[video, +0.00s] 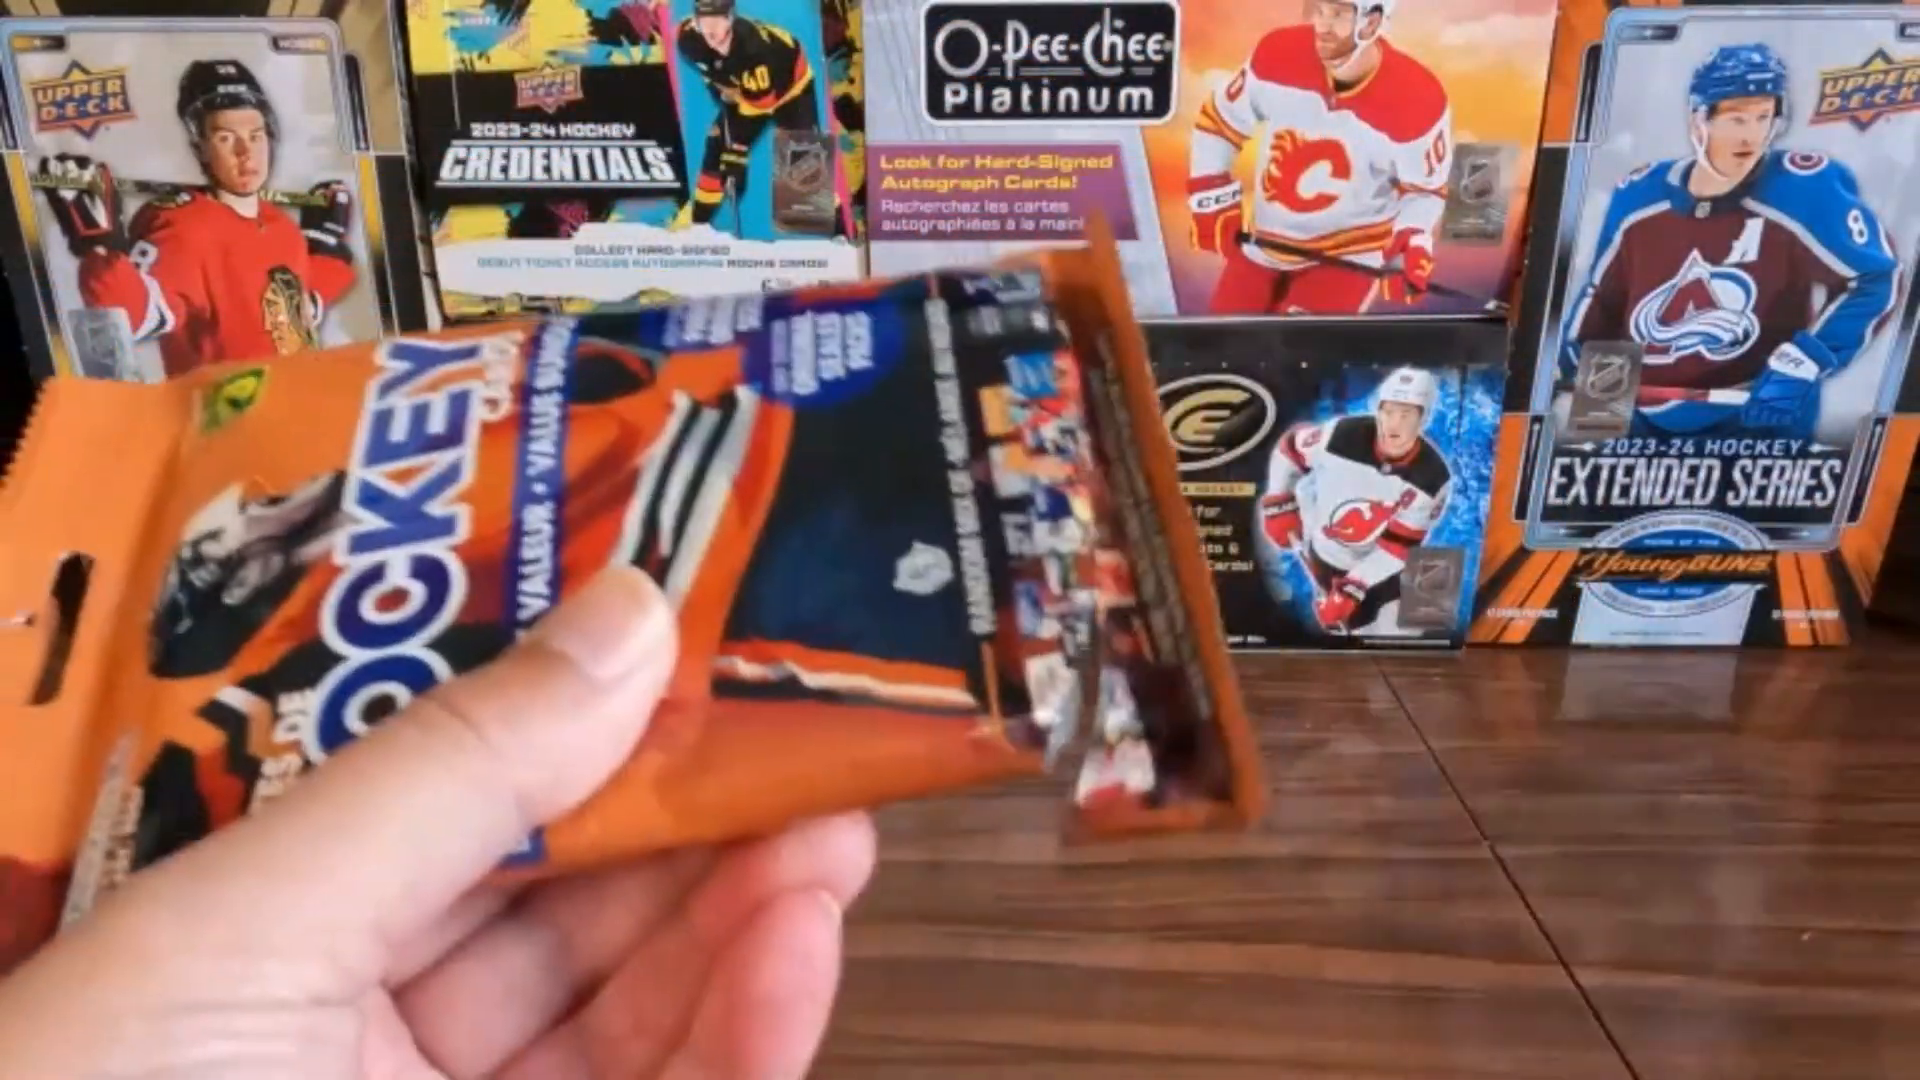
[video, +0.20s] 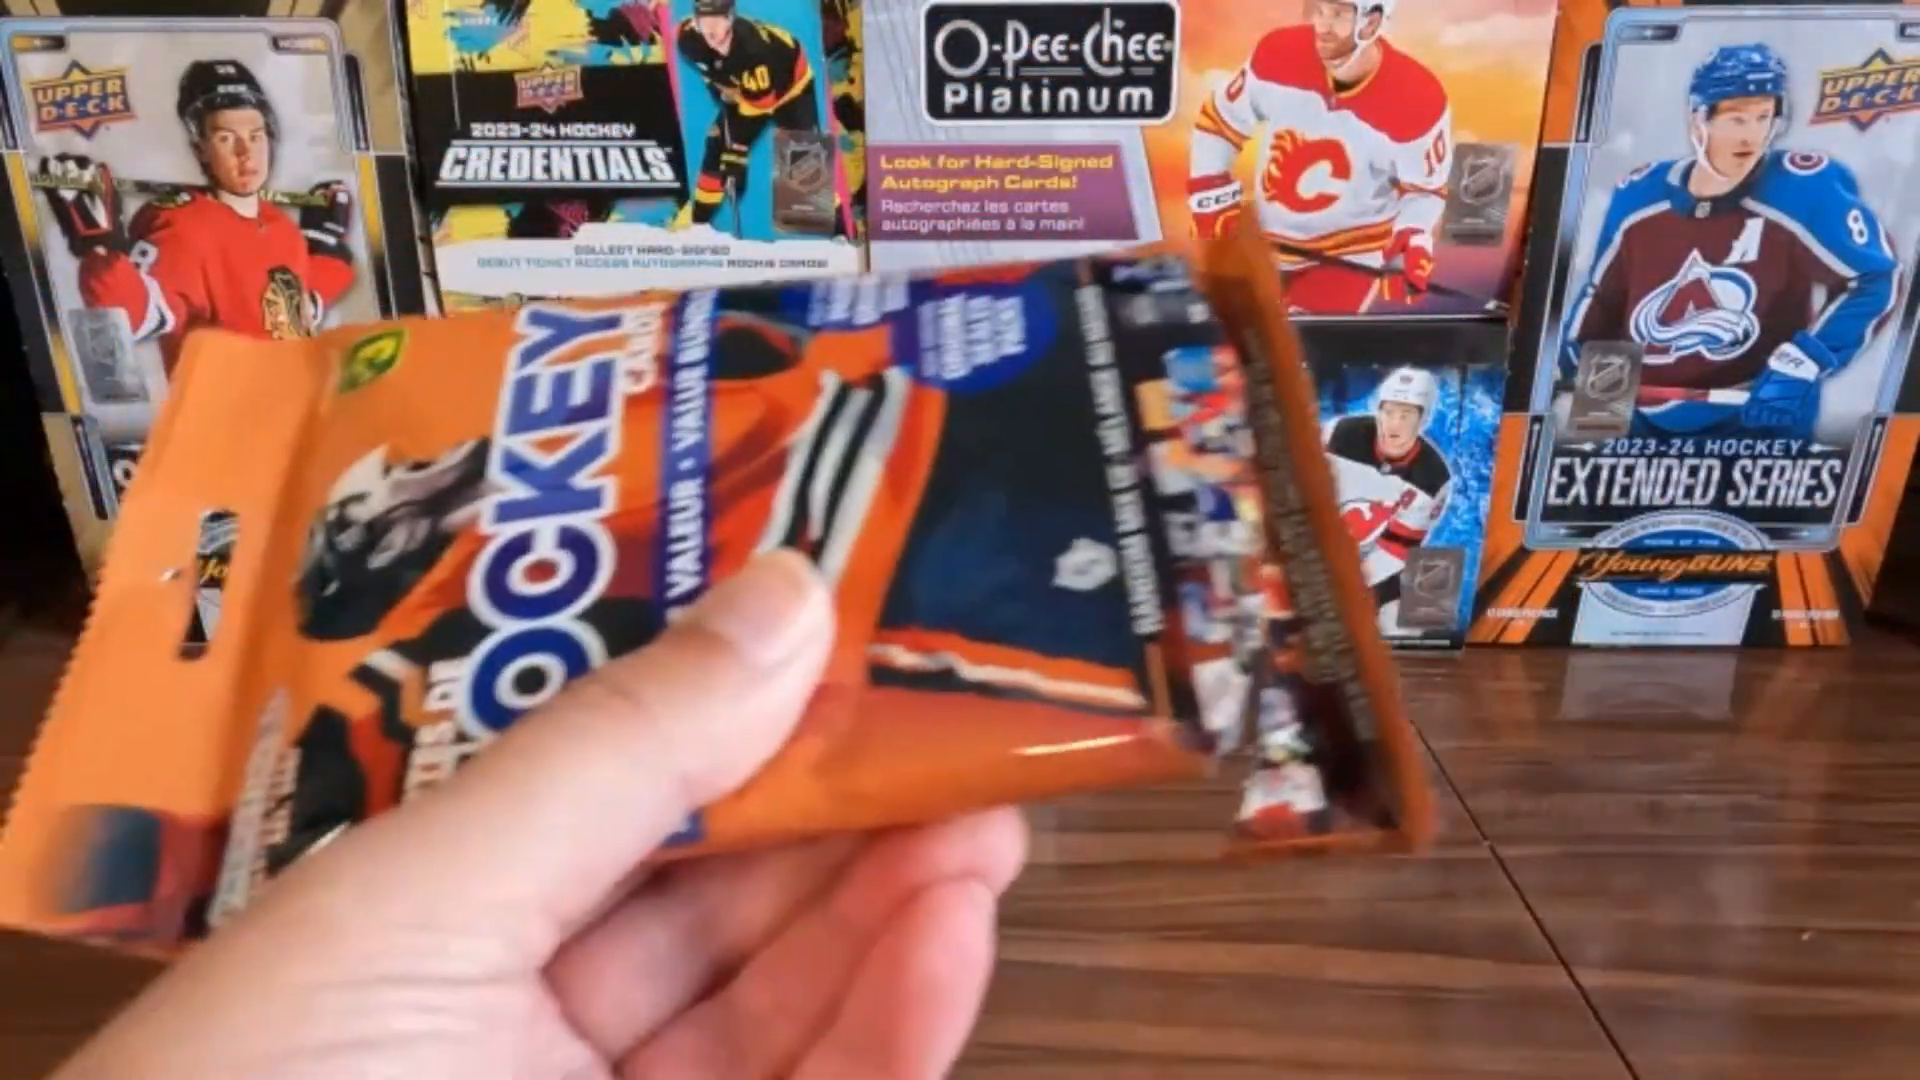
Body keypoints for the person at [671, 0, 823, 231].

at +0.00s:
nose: (712, 30)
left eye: (718, 22)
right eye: (705, 22)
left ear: (730, 19)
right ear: (696, 23)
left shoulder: (754, 48)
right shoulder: (689, 38)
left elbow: (757, 107)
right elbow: (709, 71)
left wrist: (736, 155)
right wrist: (723, 92)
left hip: (790, 91)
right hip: (743, 96)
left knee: (804, 161)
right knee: (717, 145)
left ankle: (838, 227)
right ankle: (699, 218)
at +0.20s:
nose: (711, 29)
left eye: (718, 21)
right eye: (705, 22)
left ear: (730, 19)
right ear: (696, 22)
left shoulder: (754, 49)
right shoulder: (689, 38)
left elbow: (756, 108)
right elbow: (710, 72)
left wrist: (736, 155)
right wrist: (725, 92)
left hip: (791, 91)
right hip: (742, 97)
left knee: (805, 161)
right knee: (716, 146)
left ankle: (839, 229)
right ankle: (698, 220)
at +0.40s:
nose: (712, 29)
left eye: (718, 21)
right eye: (705, 22)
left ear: (730, 19)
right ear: (696, 22)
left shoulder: (754, 48)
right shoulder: (689, 38)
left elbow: (756, 109)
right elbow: (709, 72)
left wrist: (736, 158)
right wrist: (724, 93)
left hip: (790, 90)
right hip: (742, 96)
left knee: (804, 160)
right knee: (717, 145)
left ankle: (837, 225)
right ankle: (699, 220)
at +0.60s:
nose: (711, 29)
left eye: (718, 21)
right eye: (705, 22)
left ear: (730, 19)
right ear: (697, 22)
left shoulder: (754, 48)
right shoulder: (689, 38)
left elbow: (756, 108)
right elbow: (711, 75)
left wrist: (736, 157)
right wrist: (727, 97)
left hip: (791, 92)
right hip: (742, 99)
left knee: (805, 161)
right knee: (716, 148)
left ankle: (840, 229)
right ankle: (698, 222)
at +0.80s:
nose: (711, 29)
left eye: (718, 22)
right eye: (705, 22)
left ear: (731, 18)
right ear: (697, 22)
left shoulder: (754, 48)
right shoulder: (689, 37)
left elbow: (758, 108)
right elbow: (708, 69)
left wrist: (736, 154)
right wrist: (722, 89)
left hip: (791, 92)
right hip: (742, 99)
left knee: (805, 161)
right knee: (716, 149)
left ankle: (837, 226)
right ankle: (698, 224)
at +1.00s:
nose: (711, 30)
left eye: (717, 22)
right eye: (705, 22)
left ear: (731, 18)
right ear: (696, 22)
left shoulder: (753, 47)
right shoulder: (689, 37)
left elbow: (758, 108)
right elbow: (708, 69)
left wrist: (736, 153)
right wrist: (722, 91)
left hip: (790, 91)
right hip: (743, 98)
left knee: (804, 160)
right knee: (717, 146)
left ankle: (838, 227)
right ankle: (698, 222)